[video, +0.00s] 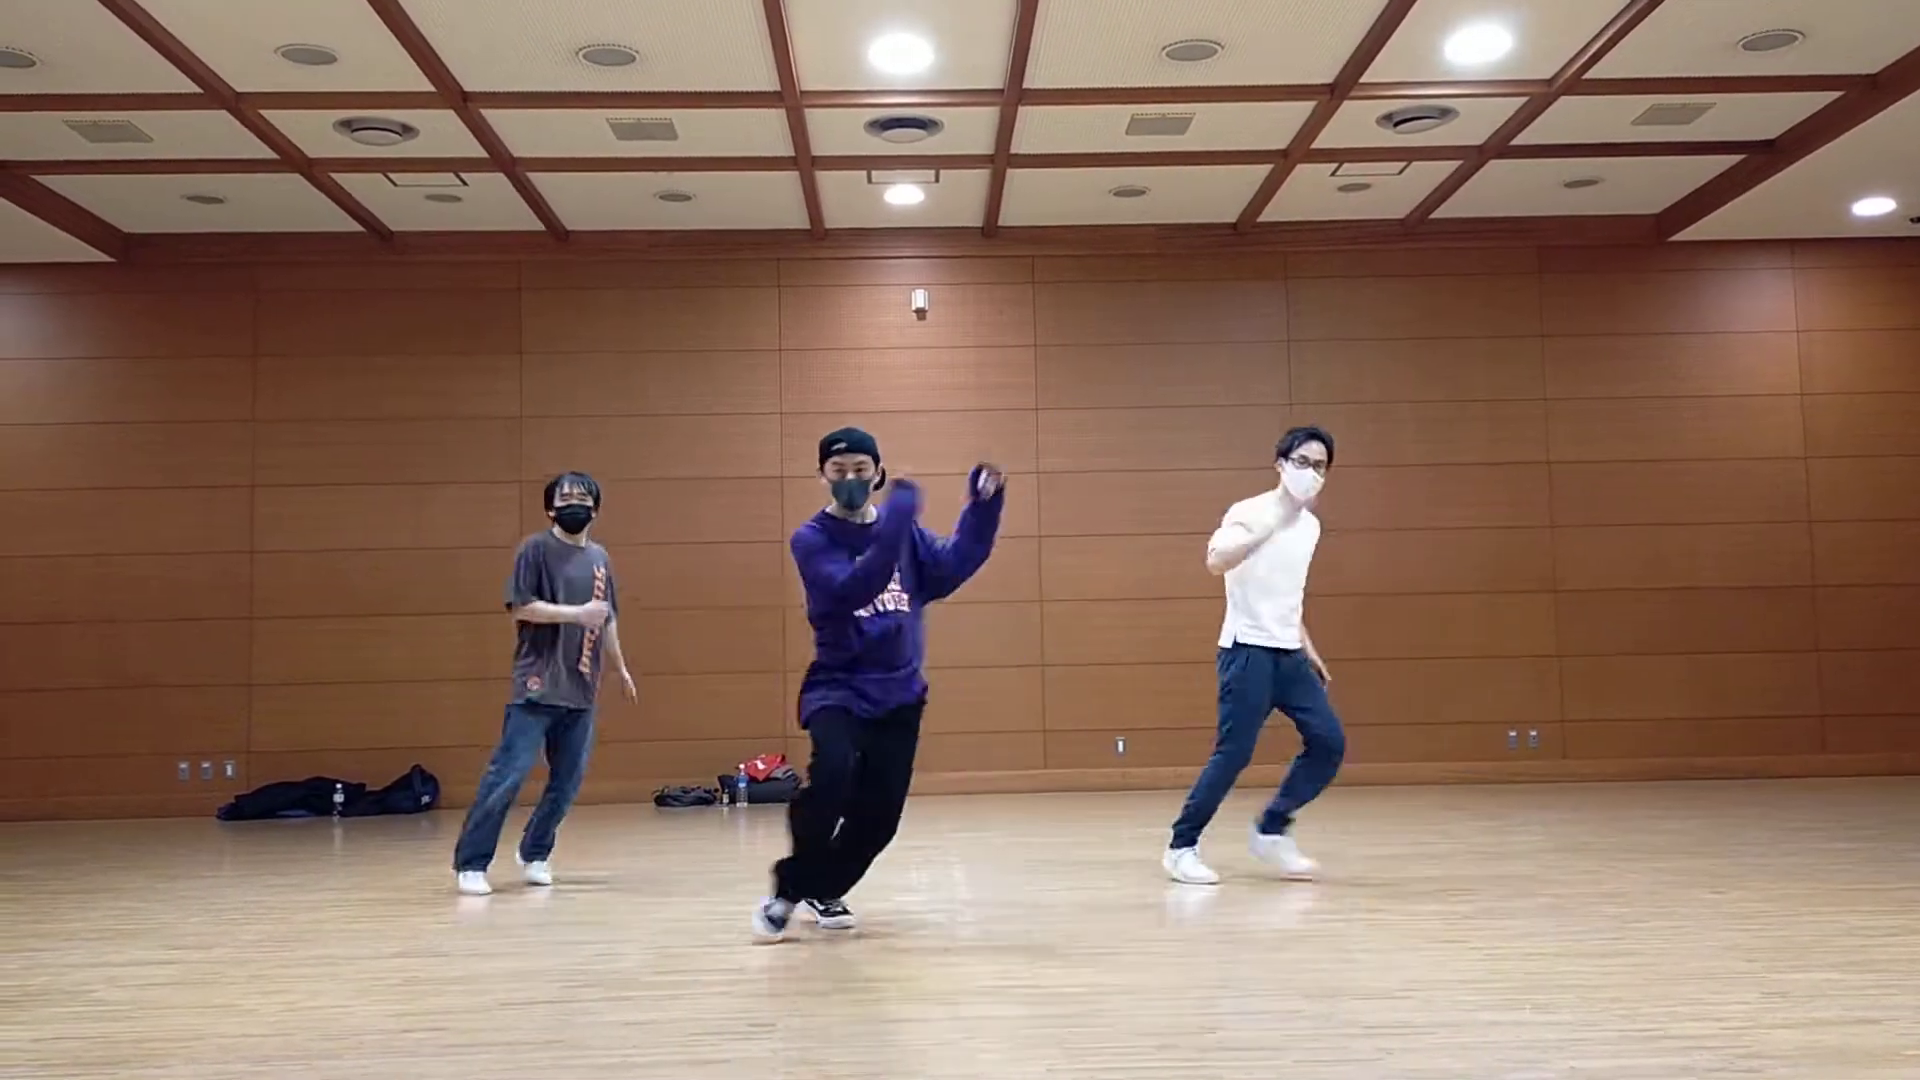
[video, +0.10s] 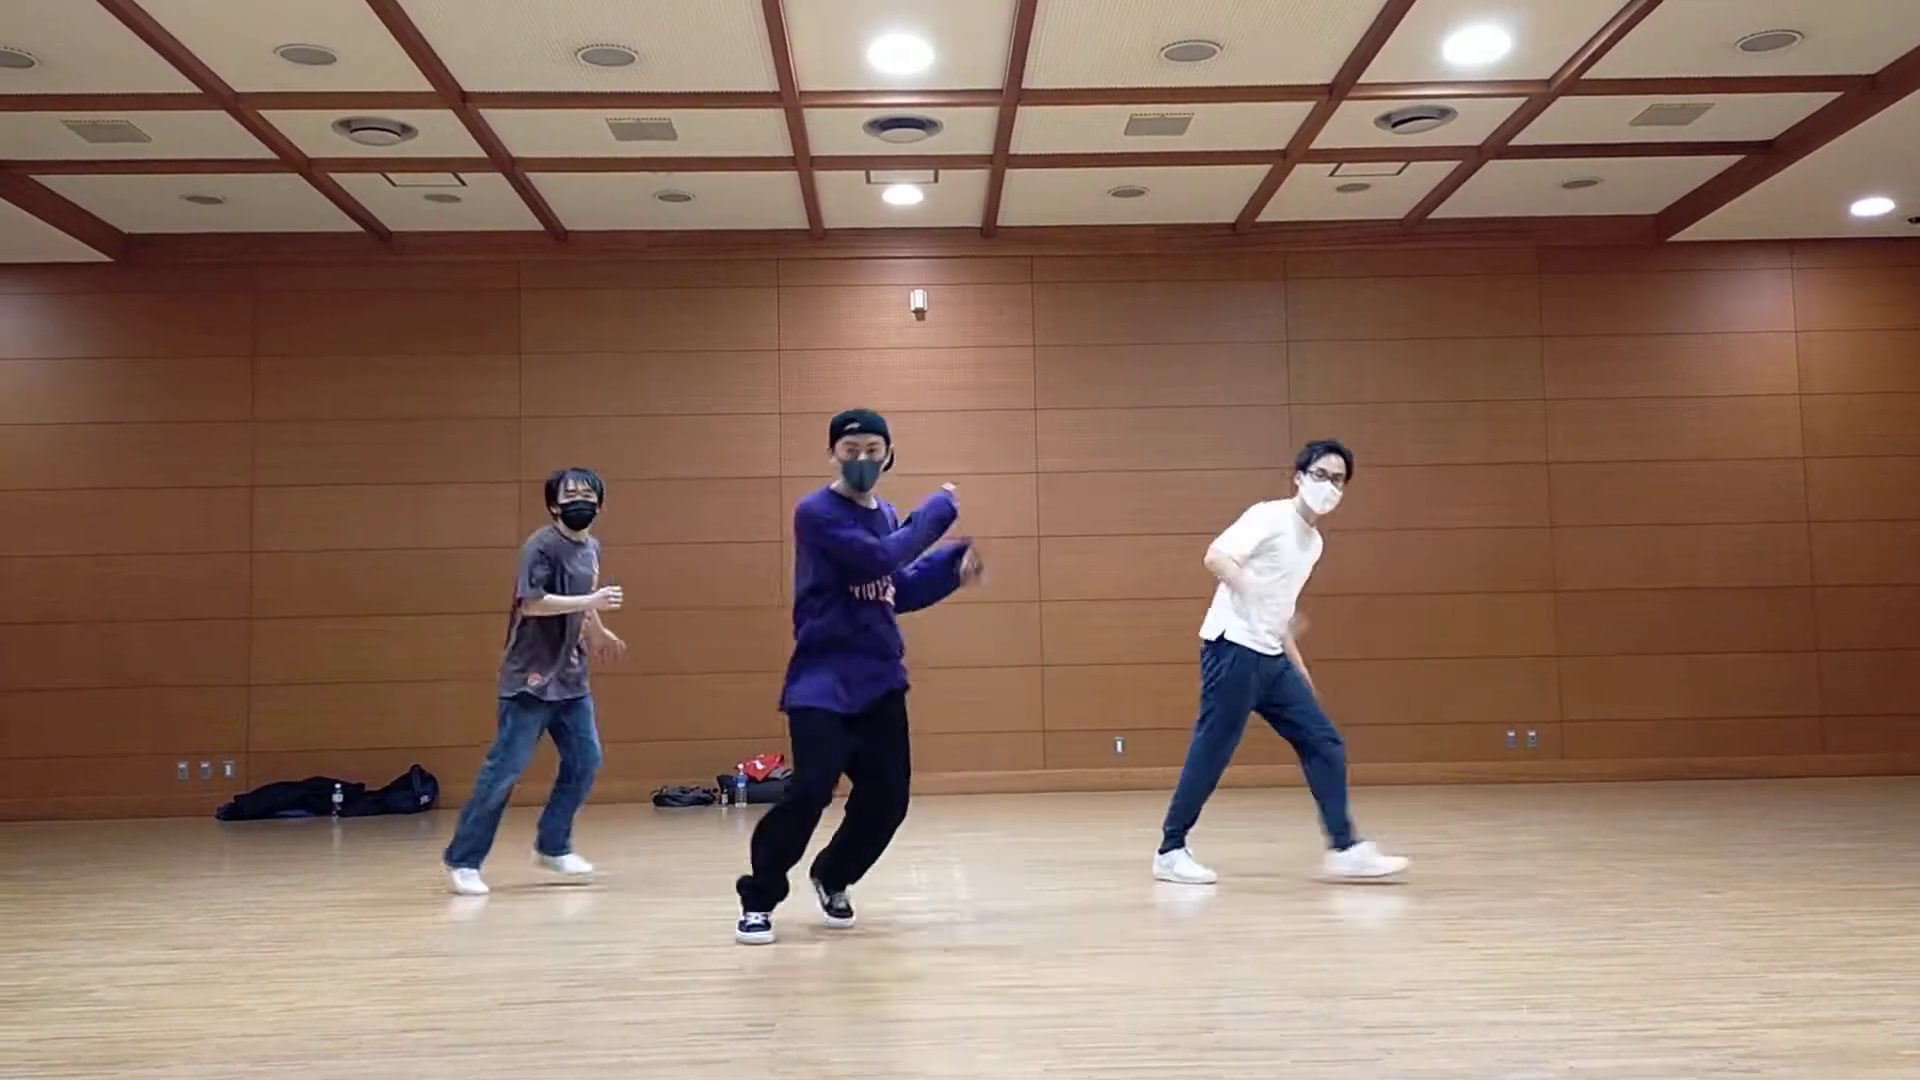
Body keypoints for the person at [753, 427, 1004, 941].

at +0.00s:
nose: (851, 480)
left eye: (861, 471)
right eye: (840, 471)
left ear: (879, 476)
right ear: (823, 478)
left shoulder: (901, 530)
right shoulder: (812, 539)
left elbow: (951, 565)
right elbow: (851, 592)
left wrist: (983, 507)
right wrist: (894, 518)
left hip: (898, 694)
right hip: (837, 690)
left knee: (879, 819)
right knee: (834, 776)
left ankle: (825, 890)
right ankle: (792, 886)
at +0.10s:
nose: (862, 456)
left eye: (872, 449)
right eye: (851, 448)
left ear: (886, 459)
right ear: (834, 455)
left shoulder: (888, 519)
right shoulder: (816, 511)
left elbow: (900, 595)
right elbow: (876, 558)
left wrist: (950, 570)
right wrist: (937, 510)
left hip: (880, 678)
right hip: (821, 675)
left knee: (885, 800)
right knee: (813, 787)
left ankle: (831, 876)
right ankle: (758, 898)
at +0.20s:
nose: (884, 452)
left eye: (894, 444)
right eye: (873, 442)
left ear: (908, 451)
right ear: (853, 445)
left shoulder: (883, 510)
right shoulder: (832, 496)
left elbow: (874, 586)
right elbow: (886, 552)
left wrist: (917, 632)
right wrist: (965, 546)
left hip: (861, 669)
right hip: (809, 667)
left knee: (891, 775)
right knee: (801, 788)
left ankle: (854, 882)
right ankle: (737, 897)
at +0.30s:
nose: (905, 458)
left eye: (917, 451)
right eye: (896, 447)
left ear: (928, 459)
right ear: (875, 449)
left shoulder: (889, 513)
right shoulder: (850, 498)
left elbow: (881, 595)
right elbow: (898, 565)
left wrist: (901, 655)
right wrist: (959, 616)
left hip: (850, 672)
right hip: (804, 667)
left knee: (884, 784)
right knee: (776, 786)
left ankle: (904, 901)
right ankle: (711, 898)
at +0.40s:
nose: (928, 477)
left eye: (940, 470)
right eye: (919, 466)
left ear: (952, 475)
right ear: (900, 464)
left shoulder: (920, 523)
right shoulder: (868, 511)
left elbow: (918, 599)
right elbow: (871, 598)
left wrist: (925, 662)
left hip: (855, 674)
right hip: (803, 670)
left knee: (886, 782)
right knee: (767, 782)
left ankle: (897, 900)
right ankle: (710, 899)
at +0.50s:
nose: (951, 483)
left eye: (963, 475)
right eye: (942, 471)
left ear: (975, 478)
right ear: (924, 467)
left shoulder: (958, 527)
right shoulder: (884, 513)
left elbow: (960, 594)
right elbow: (822, 580)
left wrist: (977, 649)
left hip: (882, 677)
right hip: (826, 675)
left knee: (897, 784)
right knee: (797, 783)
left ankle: (897, 902)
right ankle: (726, 890)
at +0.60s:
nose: (961, 476)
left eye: (973, 468)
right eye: (951, 464)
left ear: (985, 469)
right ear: (933, 460)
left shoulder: (983, 524)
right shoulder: (889, 503)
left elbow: (1009, 581)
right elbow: (809, 534)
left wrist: (1044, 626)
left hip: (919, 671)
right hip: (861, 667)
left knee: (920, 786)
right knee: (856, 780)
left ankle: (900, 902)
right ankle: (794, 865)